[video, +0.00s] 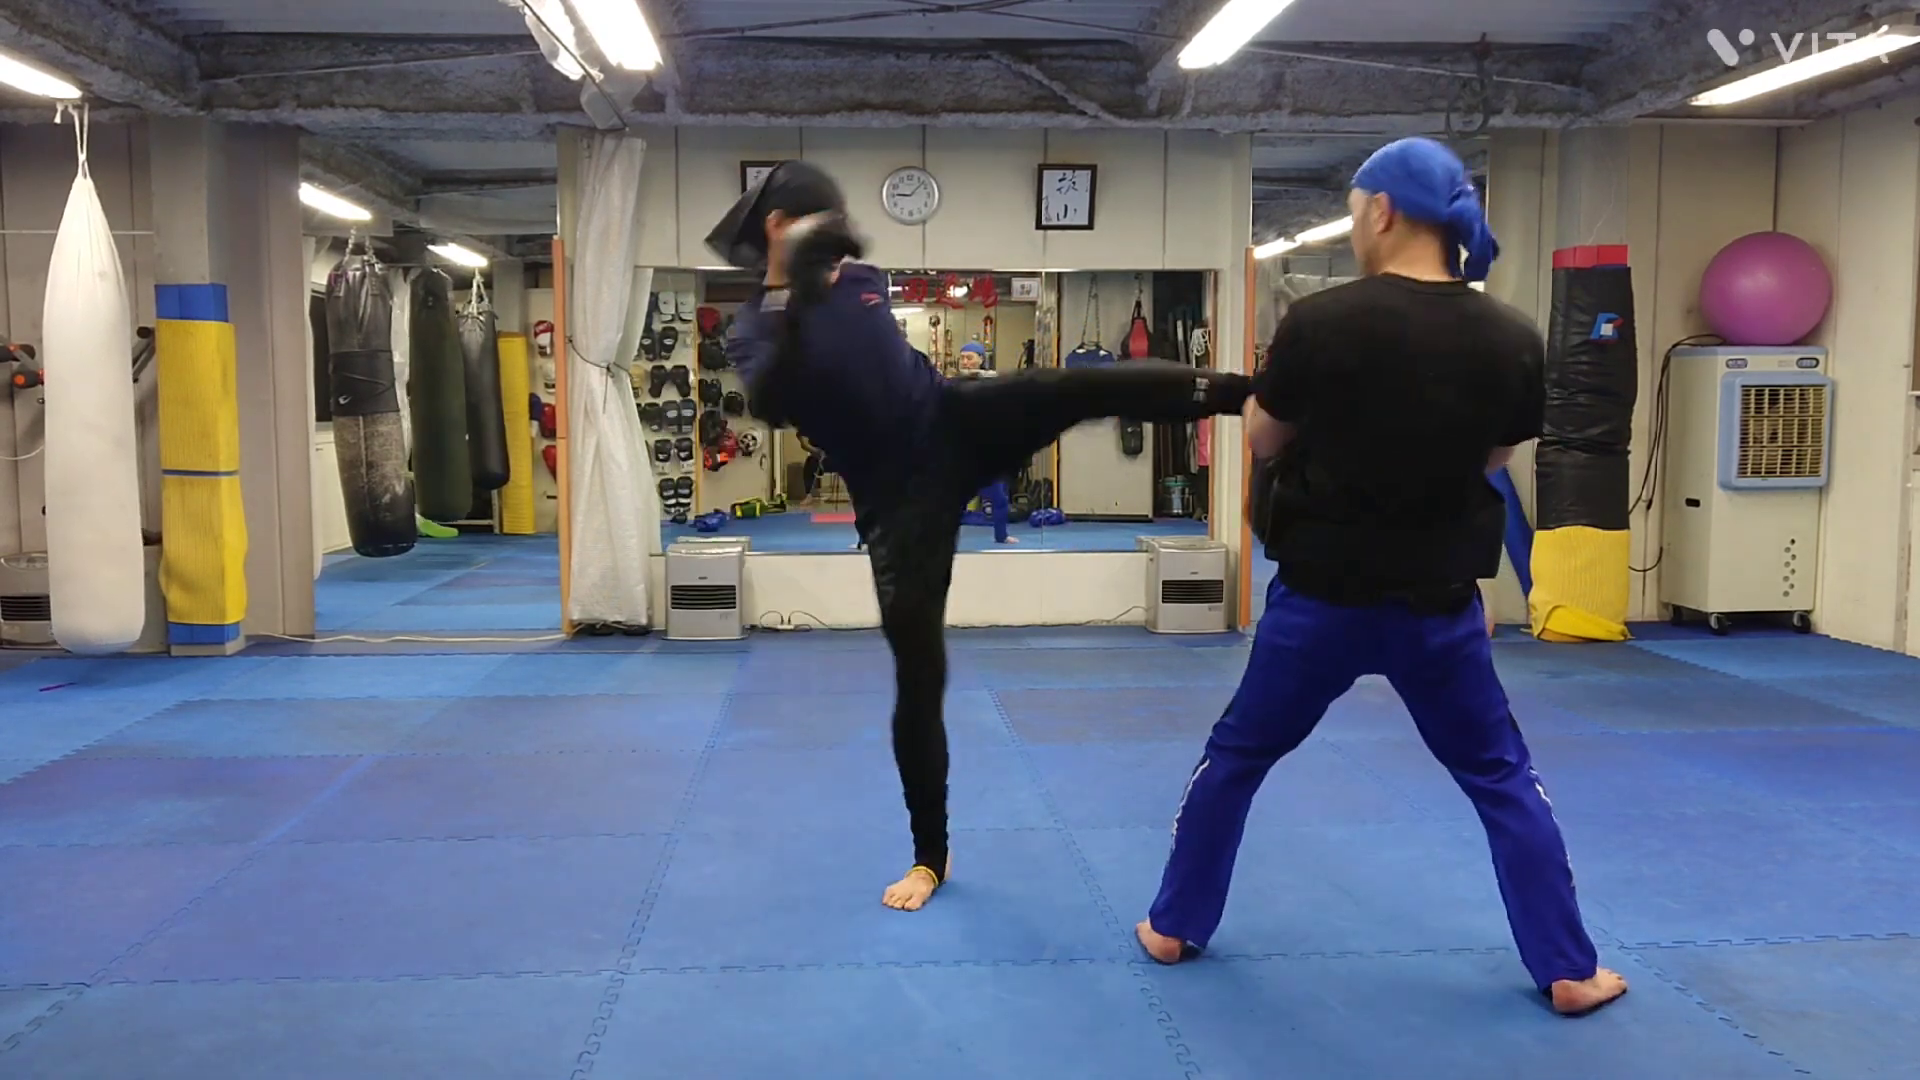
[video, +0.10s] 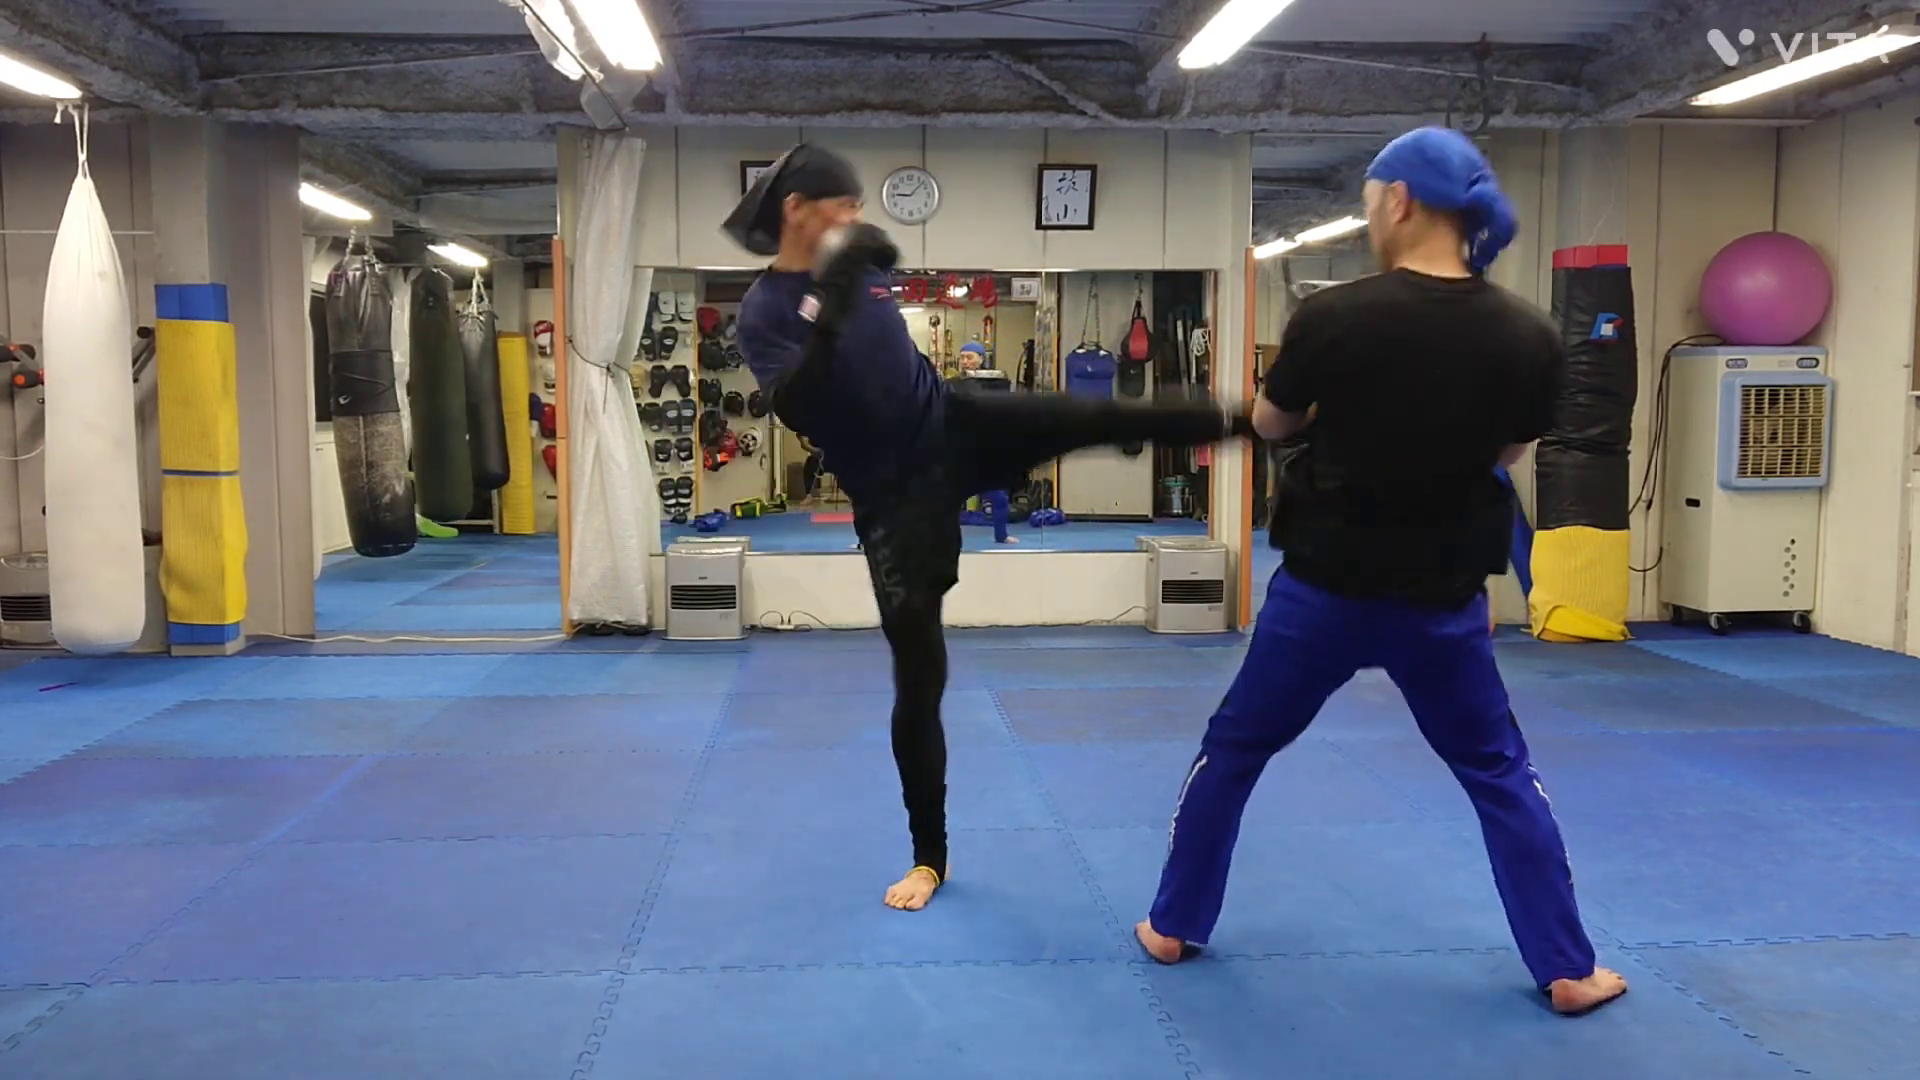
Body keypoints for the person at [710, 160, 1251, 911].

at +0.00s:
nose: (816, 231)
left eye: (822, 219)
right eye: (798, 219)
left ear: (832, 224)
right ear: (769, 232)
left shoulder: (855, 281)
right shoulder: (754, 328)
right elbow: (772, 400)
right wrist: (784, 291)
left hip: (953, 422)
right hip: (898, 501)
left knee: (1080, 386)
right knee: (919, 675)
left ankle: (1258, 392)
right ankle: (929, 857)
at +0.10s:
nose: (854, 216)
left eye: (855, 203)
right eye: (840, 203)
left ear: (820, 212)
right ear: (794, 210)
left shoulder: (848, 269)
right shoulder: (763, 316)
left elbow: (876, 251)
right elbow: (798, 405)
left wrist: (865, 253)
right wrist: (829, 299)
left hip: (953, 424)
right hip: (896, 499)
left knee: (1097, 417)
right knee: (919, 678)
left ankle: (1256, 419)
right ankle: (928, 858)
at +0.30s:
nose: (916, 219)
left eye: (918, 206)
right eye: (905, 204)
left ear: (894, 207)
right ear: (857, 200)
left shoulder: (904, 283)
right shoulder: (808, 297)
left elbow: (957, 367)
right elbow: (816, 405)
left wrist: (1031, 353)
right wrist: (882, 334)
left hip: (949, 480)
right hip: (885, 514)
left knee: (1050, 584)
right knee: (911, 691)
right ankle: (923, 860)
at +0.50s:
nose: (996, 229)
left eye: (999, 215)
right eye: (984, 213)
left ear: (964, 218)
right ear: (937, 212)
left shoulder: (953, 293)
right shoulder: (896, 293)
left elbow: (959, 400)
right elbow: (902, 401)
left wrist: (1033, 386)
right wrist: (977, 332)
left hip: (917, 502)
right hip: (880, 505)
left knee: (921, 658)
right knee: (907, 666)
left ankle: (908, 806)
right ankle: (890, 854)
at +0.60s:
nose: (1019, 255)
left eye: (1024, 242)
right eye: (1009, 239)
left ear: (1005, 241)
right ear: (961, 233)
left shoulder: (971, 310)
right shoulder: (921, 301)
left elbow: (968, 410)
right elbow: (921, 413)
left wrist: (1027, 442)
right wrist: (1016, 366)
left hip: (924, 505)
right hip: (875, 506)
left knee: (931, 657)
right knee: (911, 660)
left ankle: (904, 813)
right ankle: (869, 846)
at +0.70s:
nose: (1025, 261)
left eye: (1031, 248)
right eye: (1014, 244)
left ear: (1022, 247)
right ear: (968, 235)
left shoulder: (977, 310)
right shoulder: (929, 297)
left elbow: (965, 413)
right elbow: (927, 407)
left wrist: (1015, 463)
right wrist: (1016, 371)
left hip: (935, 510)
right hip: (888, 510)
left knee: (943, 663)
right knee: (915, 669)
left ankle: (903, 811)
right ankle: (855, 839)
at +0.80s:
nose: (1026, 247)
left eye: (1032, 233)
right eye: (1011, 231)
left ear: (1032, 235)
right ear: (968, 230)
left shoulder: (991, 304)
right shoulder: (939, 292)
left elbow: (990, 410)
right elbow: (928, 388)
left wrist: (1046, 459)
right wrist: (1016, 331)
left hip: (948, 509)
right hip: (900, 508)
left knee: (944, 659)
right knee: (929, 660)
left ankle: (905, 812)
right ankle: (870, 835)